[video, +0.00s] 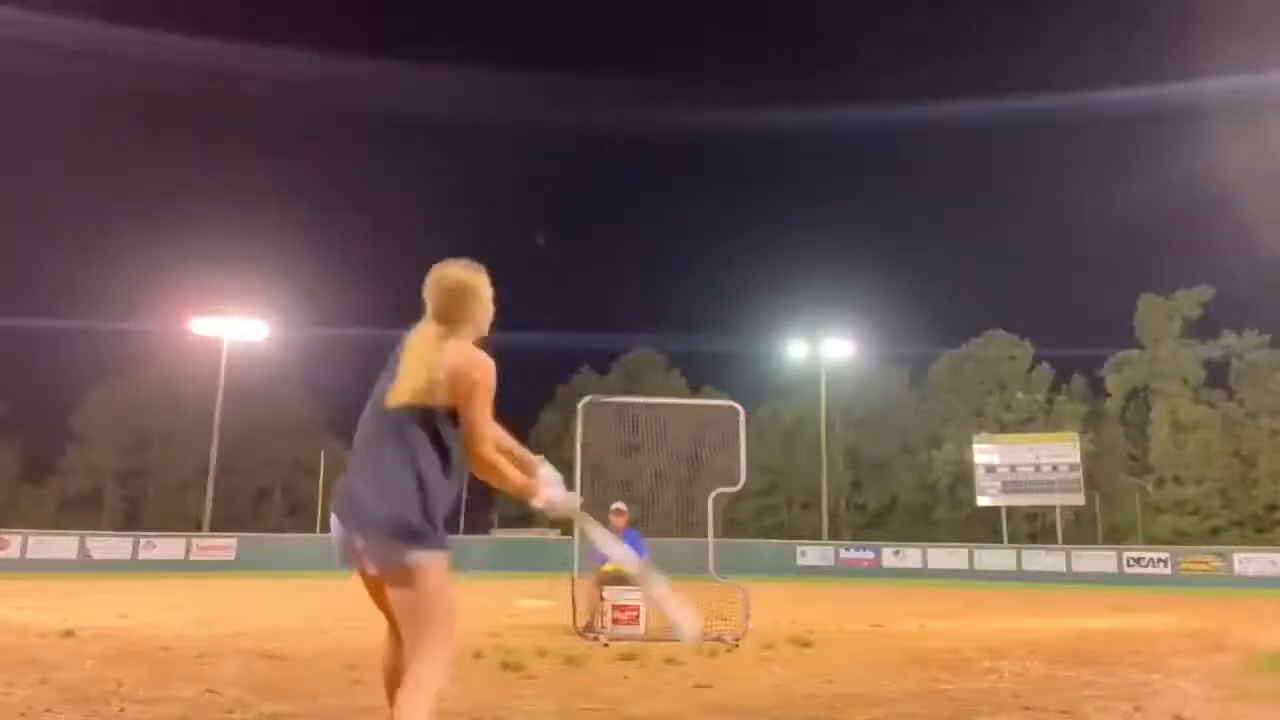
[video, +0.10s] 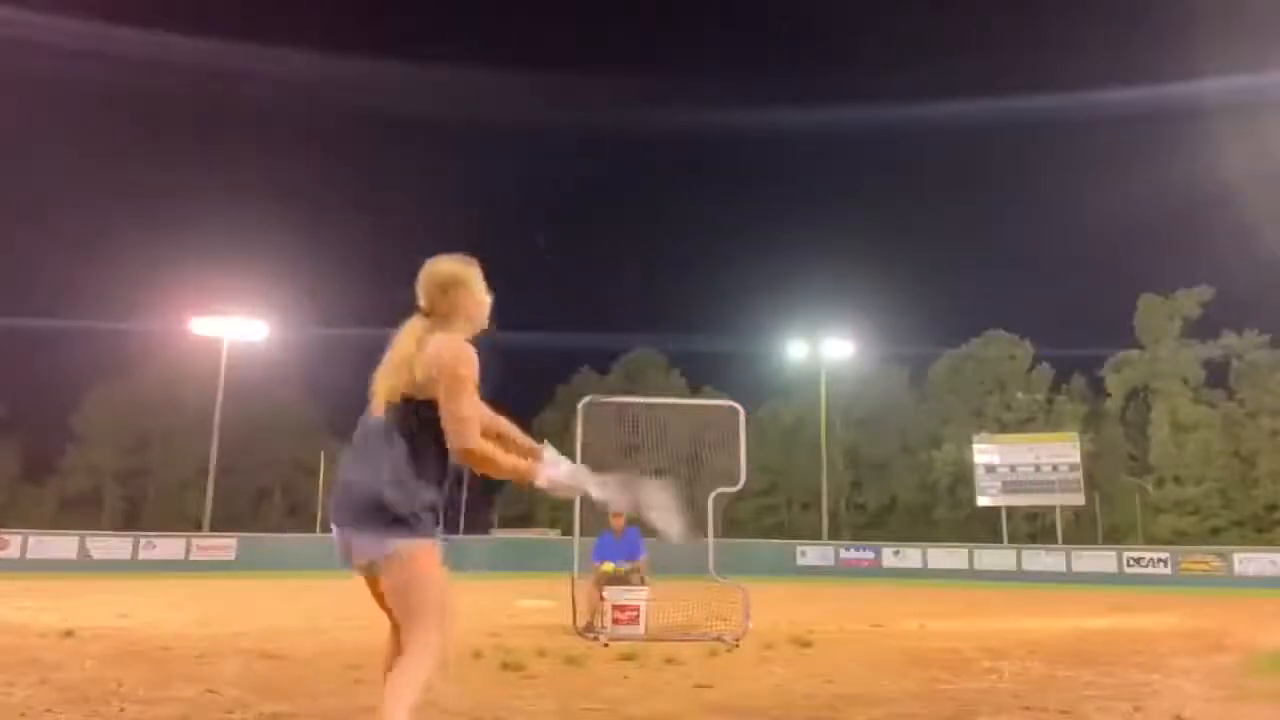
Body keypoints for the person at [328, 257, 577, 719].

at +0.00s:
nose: (492, 310)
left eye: (490, 301)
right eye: (489, 301)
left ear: (432, 302)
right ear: (480, 308)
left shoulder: (412, 346)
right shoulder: (473, 363)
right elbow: (478, 454)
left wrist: (533, 463)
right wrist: (535, 493)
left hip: (357, 509)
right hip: (405, 519)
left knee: (403, 636)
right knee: (432, 646)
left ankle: (401, 714)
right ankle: (410, 712)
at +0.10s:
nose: (489, 300)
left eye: (486, 290)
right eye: (482, 291)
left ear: (437, 299)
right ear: (462, 299)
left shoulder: (412, 342)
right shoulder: (455, 352)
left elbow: (479, 415)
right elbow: (465, 446)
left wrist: (539, 454)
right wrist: (535, 475)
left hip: (360, 505)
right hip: (399, 509)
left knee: (406, 636)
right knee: (425, 641)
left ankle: (395, 711)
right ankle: (392, 712)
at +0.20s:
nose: (487, 294)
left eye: (482, 285)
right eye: (477, 285)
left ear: (446, 296)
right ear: (451, 295)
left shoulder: (448, 351)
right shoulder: (433, 348)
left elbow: (485, 414)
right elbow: (446, 438)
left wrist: (540, 441)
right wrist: (526, 452)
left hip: (384, 509)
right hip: (379, 510)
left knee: (418, 648)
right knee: (414, 648)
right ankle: (381, 712)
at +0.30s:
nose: (479, 288)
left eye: (474, 279)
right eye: (467, 279)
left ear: (445, 294)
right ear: (439, 292)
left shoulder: (460, 362)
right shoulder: (409, 345)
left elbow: (485, 428)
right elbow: (415, 432)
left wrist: (527, 422)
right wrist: (493, 419)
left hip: (388, 520)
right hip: (361, 520)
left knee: (418, 650)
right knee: (409, 646)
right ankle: (373, 711)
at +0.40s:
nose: (472, 282)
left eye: (467, 273)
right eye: (459, 273)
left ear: (446, 287)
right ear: (429, 287)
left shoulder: (461, 356)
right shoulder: (397, 336)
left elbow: (492, 429)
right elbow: (391, 419)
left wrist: (509, 383)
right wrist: (473, 391)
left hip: (386, 518)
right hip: (354, 513)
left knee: (412, 649)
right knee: (411, 645)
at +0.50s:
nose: (459, 253)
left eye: (454, 245)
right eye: (444, 245)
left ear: (438, 262)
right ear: (413, 262)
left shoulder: (451, 322)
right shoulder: (380, 313)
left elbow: (485, 417)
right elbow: (346, 392)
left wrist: (475, 356)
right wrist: (434, 341)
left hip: (375, 508)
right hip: (342, 507)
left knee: (381, 643)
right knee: (404, 638)